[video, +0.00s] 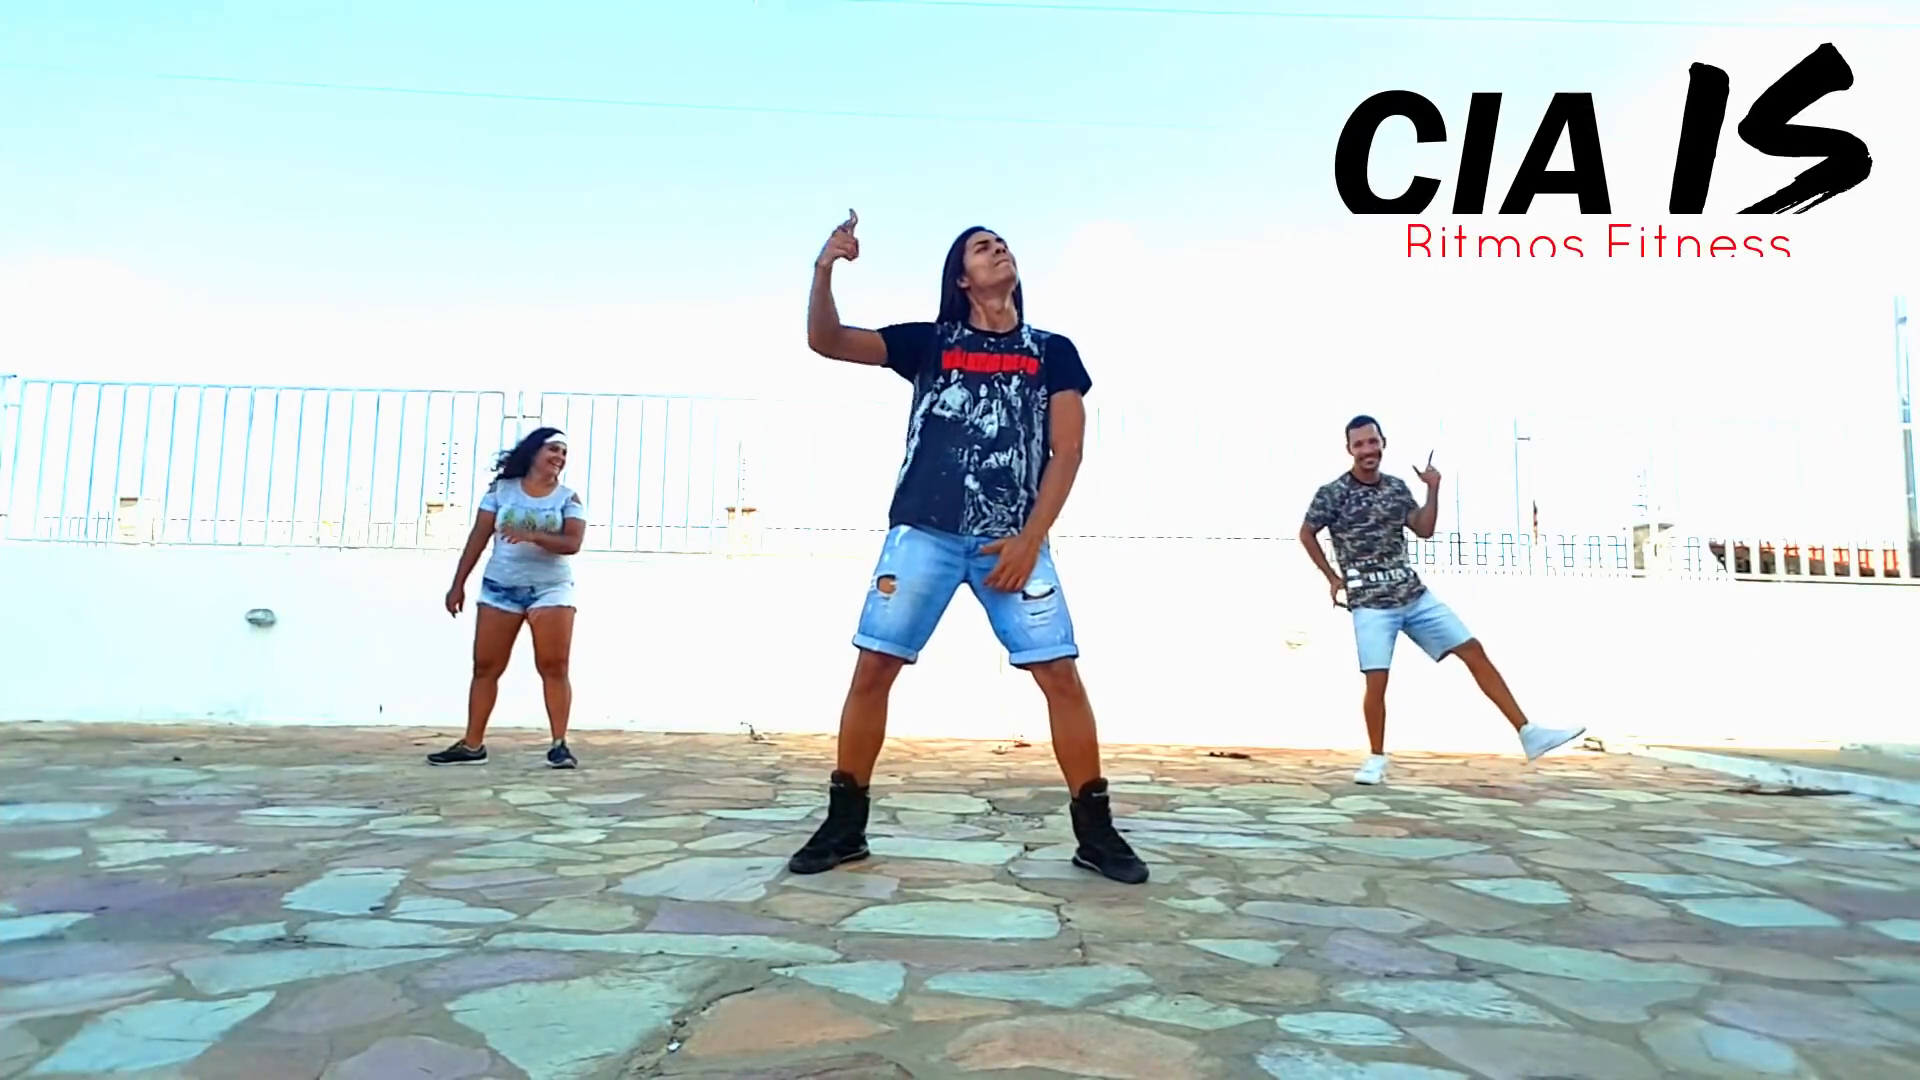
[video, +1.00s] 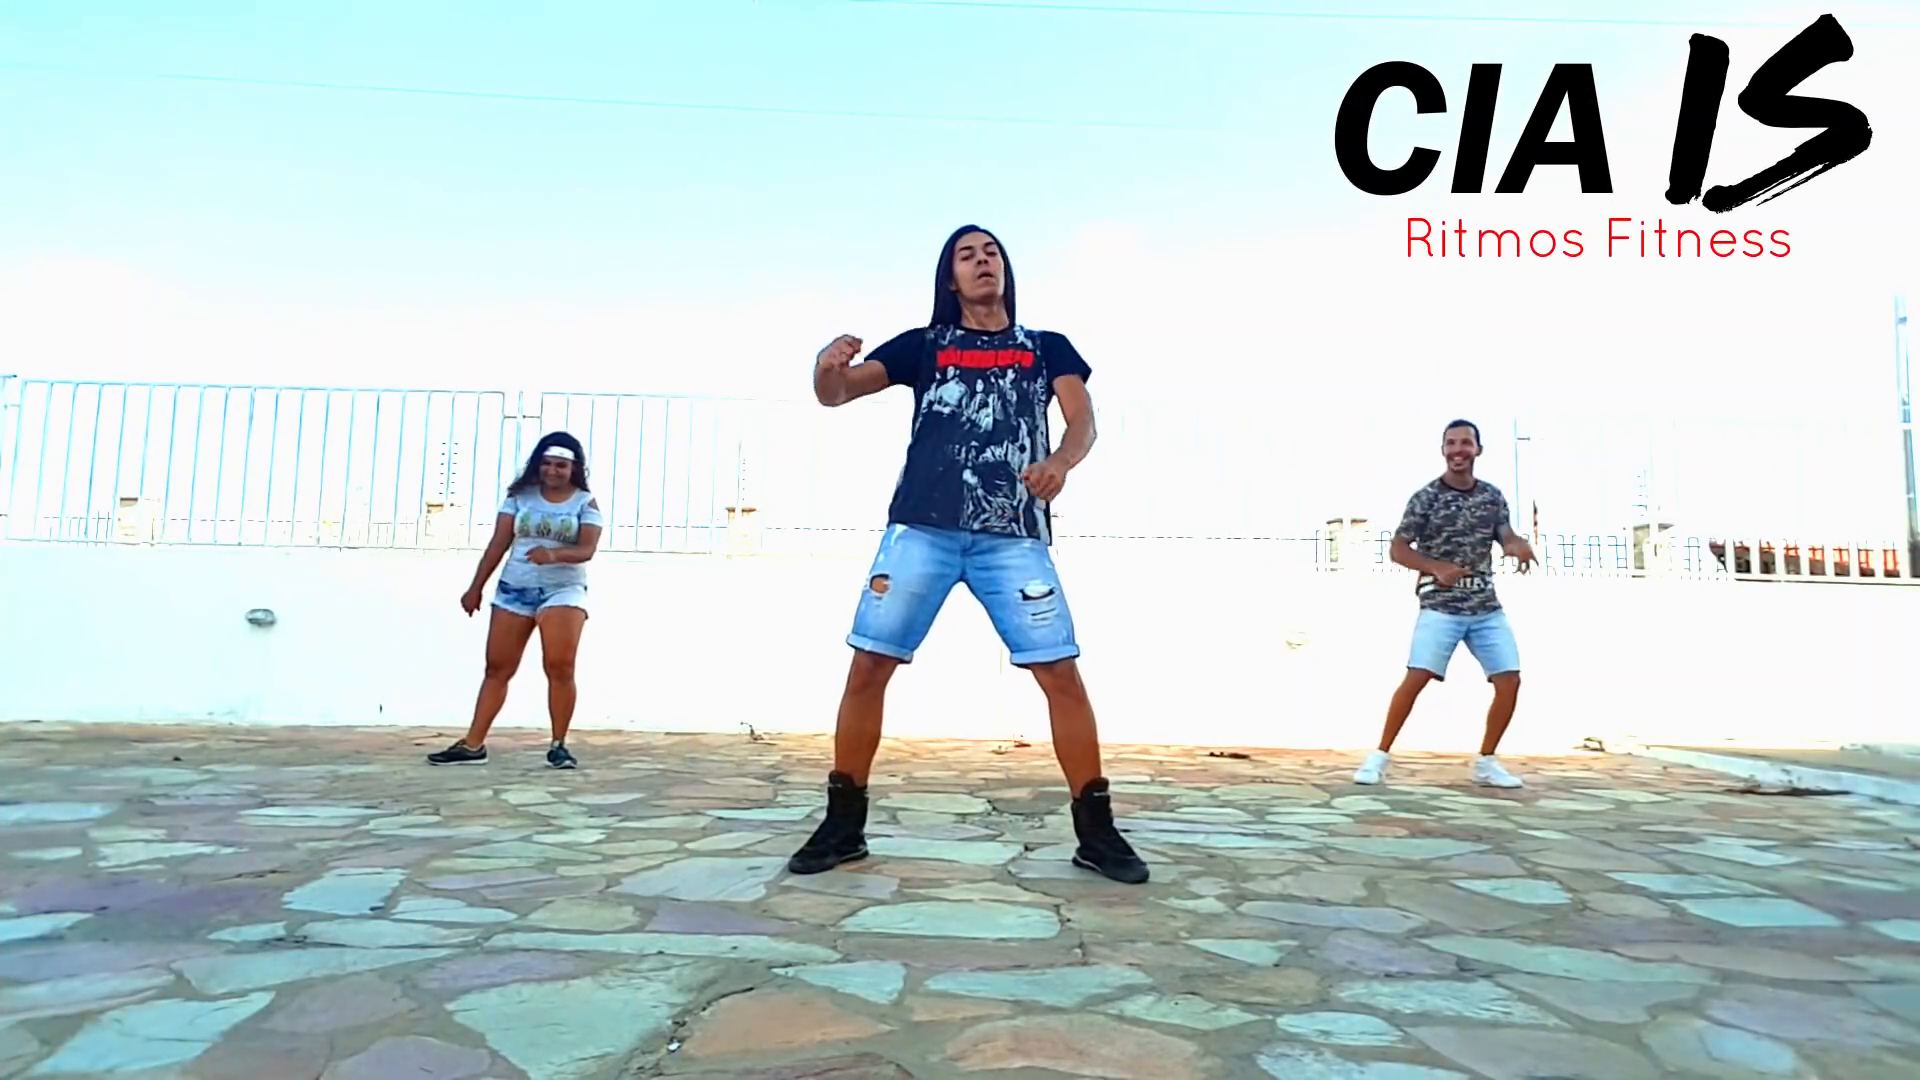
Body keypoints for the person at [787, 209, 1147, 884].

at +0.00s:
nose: (997, 251)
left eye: (1001, 246)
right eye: (982, 249)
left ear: (1016, 269)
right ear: (960, 278)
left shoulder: (1053, 353)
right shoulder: (929, 343)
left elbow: (1066, 451)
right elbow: (827, 341)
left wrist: (1033, 535)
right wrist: (824, 268)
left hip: (1016, 539)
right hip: (925, 531)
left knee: (1061, 676)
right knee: (873, 669)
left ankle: (1096, 832)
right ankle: (843, 825)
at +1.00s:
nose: (982, 258)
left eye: (990, 251)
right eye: (967, 253)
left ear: (1007, 271)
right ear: (949, 277)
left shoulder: (1046, 347)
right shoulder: (923, 344)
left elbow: (1082, 423)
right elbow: (835, 394)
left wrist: (1059, 463)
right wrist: (829, 363)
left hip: (1013, 535)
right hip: (922, 529)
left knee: (1061, 672)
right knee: (868, 666)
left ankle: (1097, 831)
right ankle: (842, 825)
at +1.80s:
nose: (969, 271)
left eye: (979, 261)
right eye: (955, 264)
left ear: (996, 275)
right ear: (937, 281)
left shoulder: (1027, 344)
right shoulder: (915, 350)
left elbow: (1039, 369)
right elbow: (913, 386)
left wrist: (995, 350)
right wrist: (956, 391)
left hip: (1017, 534)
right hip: (928, 532)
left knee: (1067, 669)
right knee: (869, 666)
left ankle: (1097, 830)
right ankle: (842, 824)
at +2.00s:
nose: (967, 270)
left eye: (978, 260)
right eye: (954, 262)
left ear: (997, 274)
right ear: (937, 279)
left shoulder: (1031, 336)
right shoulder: (923, 348)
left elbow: (1048, 361)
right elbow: (928, 391)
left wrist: (1013, 344)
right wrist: (902, 375)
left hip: (1017, 529)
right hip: (931, 526)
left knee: (1063, 667)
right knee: (874, 664)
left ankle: (1097, 831)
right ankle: (843, 824)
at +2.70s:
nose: (969, 274)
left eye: (979, 264)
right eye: (955, 266)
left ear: (996, 278)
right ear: (938, 283)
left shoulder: (1030, 345)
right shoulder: (916, 352)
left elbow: (1048, 372)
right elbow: (901, 416)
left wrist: (1013, 349)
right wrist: (947, 408)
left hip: (1019, 534)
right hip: (932, 531)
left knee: (1069, 668)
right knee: (870, 665)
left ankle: (1099, 830)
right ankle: (841, 824)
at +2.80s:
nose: (968, 271)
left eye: (978, 262)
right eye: (955, 264)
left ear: (996, 276)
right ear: (938, 281)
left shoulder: (1030, 339)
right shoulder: (919, 351)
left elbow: (1055, 365)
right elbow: (893, 422)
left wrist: (1022, 346)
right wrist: (897, 390)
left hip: (1019, 532)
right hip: (933, 529)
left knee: (1067, 667)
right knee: (875, 666)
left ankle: (1099, 831)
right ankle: (841, 824)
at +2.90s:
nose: (969, 271)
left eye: (979, 261)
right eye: (955, 264)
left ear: (997, 274)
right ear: (939, 281)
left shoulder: (1028, 337)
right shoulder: (924, 348)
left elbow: (1053, 365)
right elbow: (919, 407)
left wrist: (1029, 341)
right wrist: (878, 383)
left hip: (1018, 531)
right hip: (933, 527)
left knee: (1062, 669)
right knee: (872, 666)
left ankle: (1099, 831)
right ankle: (841, 824)